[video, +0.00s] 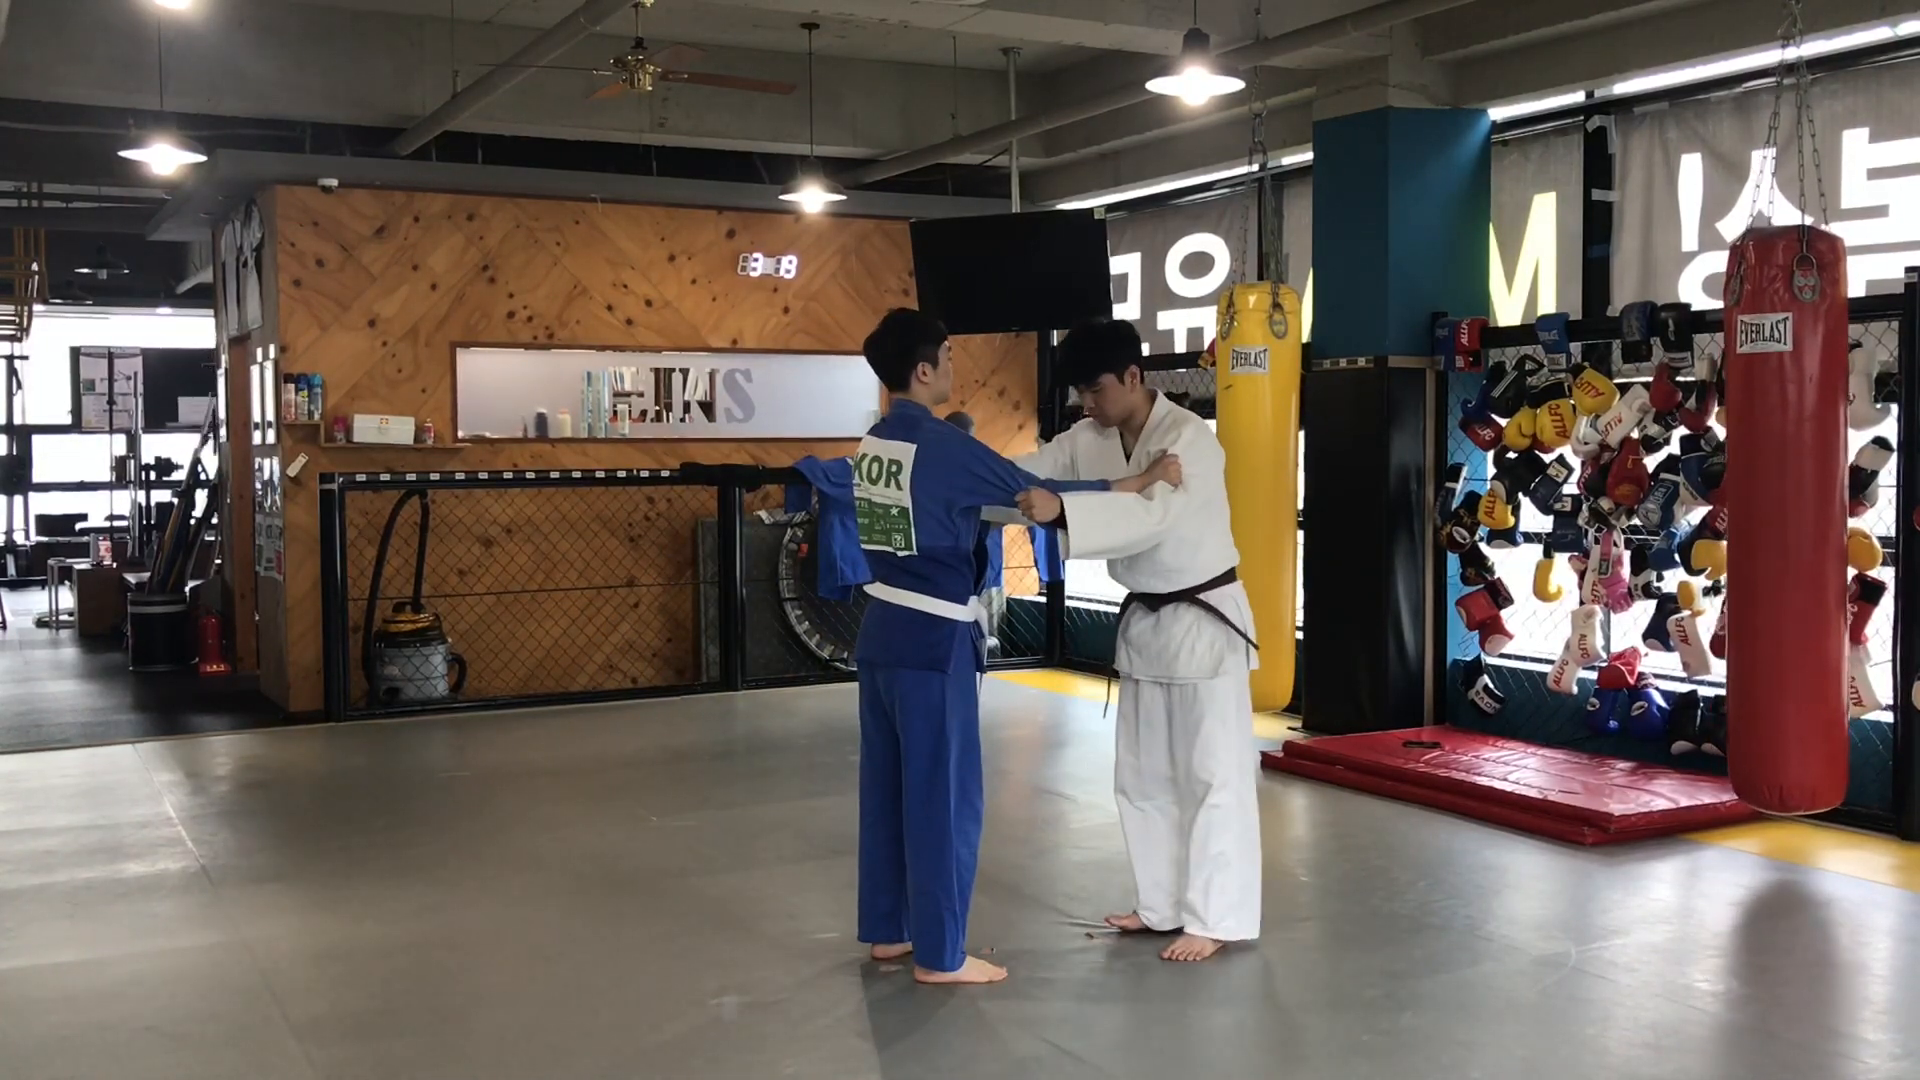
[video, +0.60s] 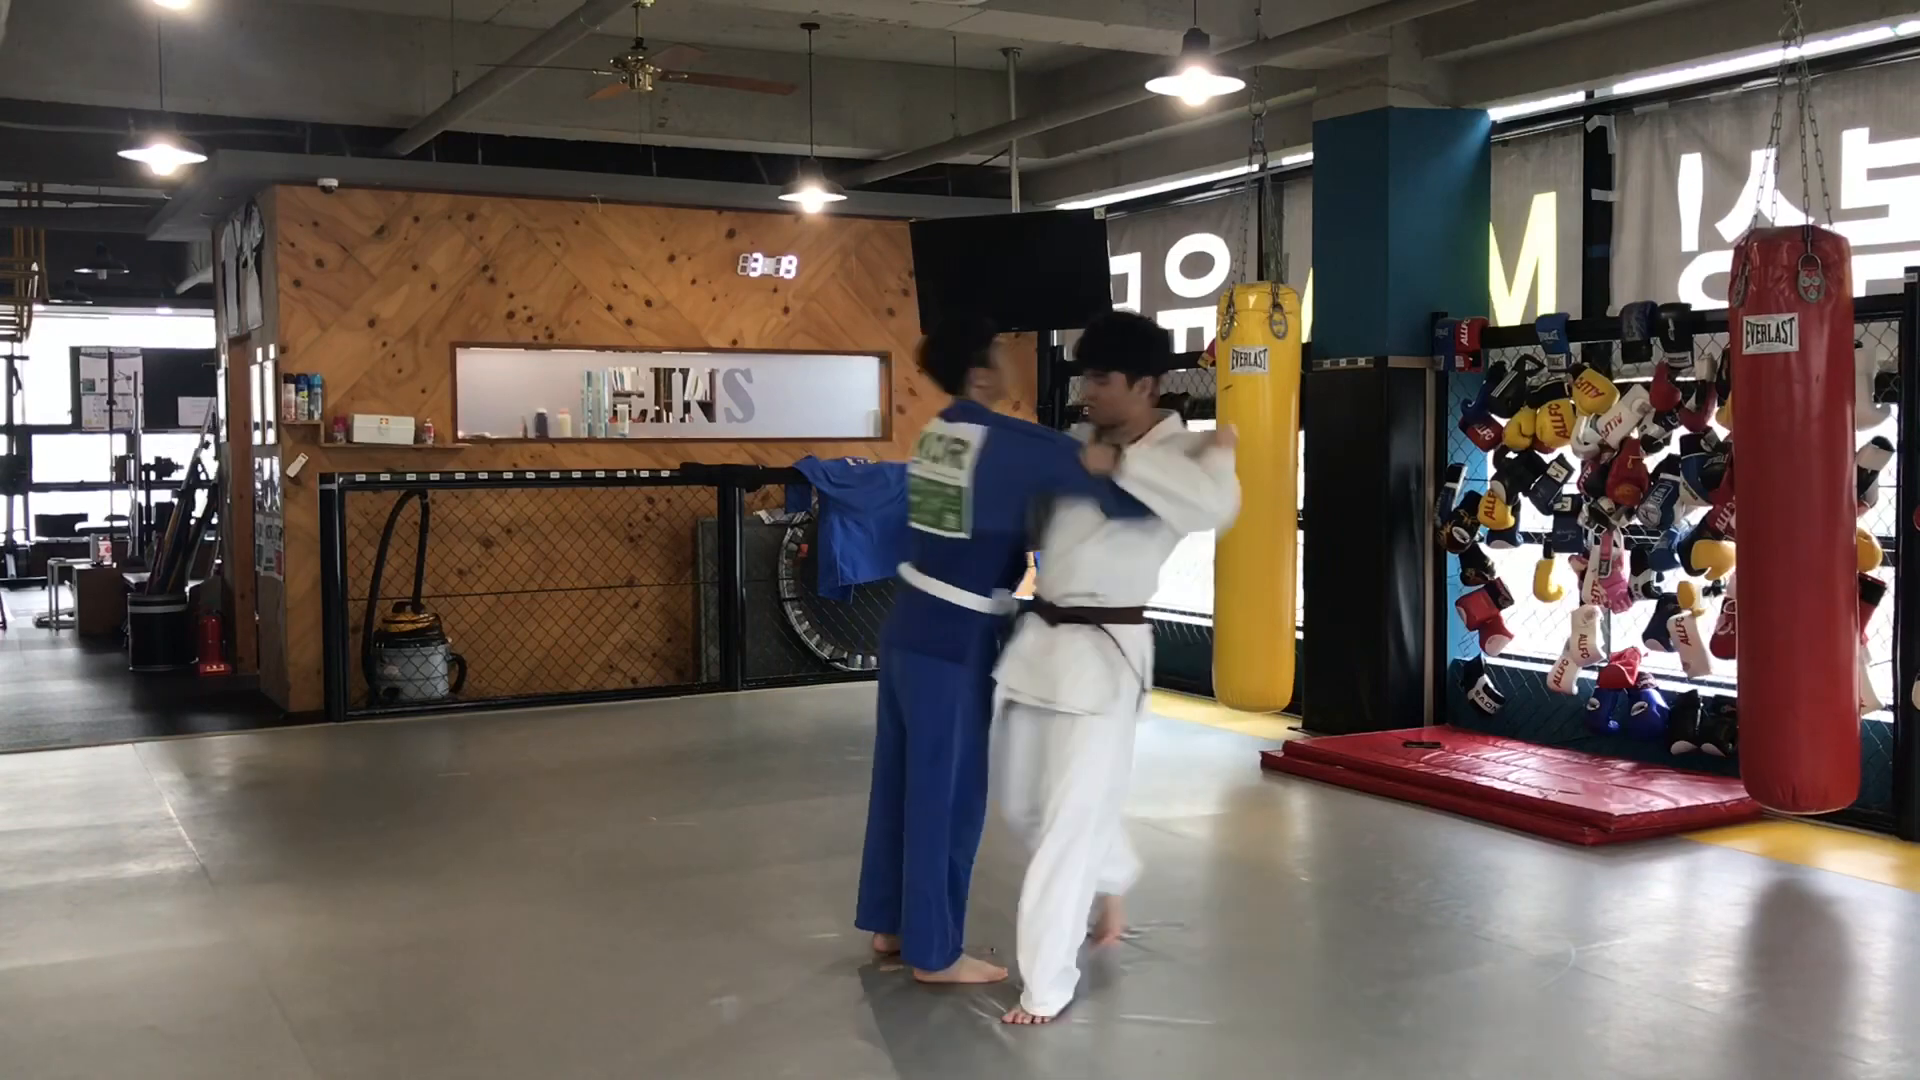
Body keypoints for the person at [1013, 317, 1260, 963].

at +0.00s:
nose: (1085, 405)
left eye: (1093, 391)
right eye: (1080, 394)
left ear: (1132, 376)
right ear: (1090, 390)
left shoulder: (1191, 438)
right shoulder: (1085, 439)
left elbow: (1152, 517)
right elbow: (1018, 481)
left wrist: (1063, 511)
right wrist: (955, 475)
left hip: (1205, 621)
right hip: (1143, 620)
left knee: (1212, 779)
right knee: (1147, 775)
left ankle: (1215, 921)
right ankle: (1163, 908)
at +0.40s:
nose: (1107, 393)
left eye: (1118, 379)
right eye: (1104, 380)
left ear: (1160, 377)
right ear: (1111, 381)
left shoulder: (1197, 442)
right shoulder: (1112, 442)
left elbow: (1158, 484)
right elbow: (1059, 500)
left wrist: (1065, 464)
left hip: (1166, 633)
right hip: (1107, 629)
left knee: (1120, 778)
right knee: (1120, 778)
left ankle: (1153, 917)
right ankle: (1152, 907)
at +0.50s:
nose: (1105, 397)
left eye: (1113, 383)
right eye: (1103, 385)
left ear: (1156, 379)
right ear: (1140, 380)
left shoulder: (1199, 441)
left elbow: (1173, 458)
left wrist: (1078, 445)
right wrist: (975, 478)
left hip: (1140, 642)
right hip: (1079, 637)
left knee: (1092, 786)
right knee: (1103, 784)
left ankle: (1080, 961)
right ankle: (1148, 899)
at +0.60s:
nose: (1084, 393)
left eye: (1098, 380)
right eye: (1084, 380)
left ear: (1144, 385)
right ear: (1099, 387)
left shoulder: (1187, 453)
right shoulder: (1070, 452)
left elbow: (1217, 505)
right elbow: (1012, 508)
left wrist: (1124, 460)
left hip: (1106, 650)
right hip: (1037, 639)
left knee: (1073, 813)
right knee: (1023, 802)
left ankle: (1048, 983)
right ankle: (1108, 875)